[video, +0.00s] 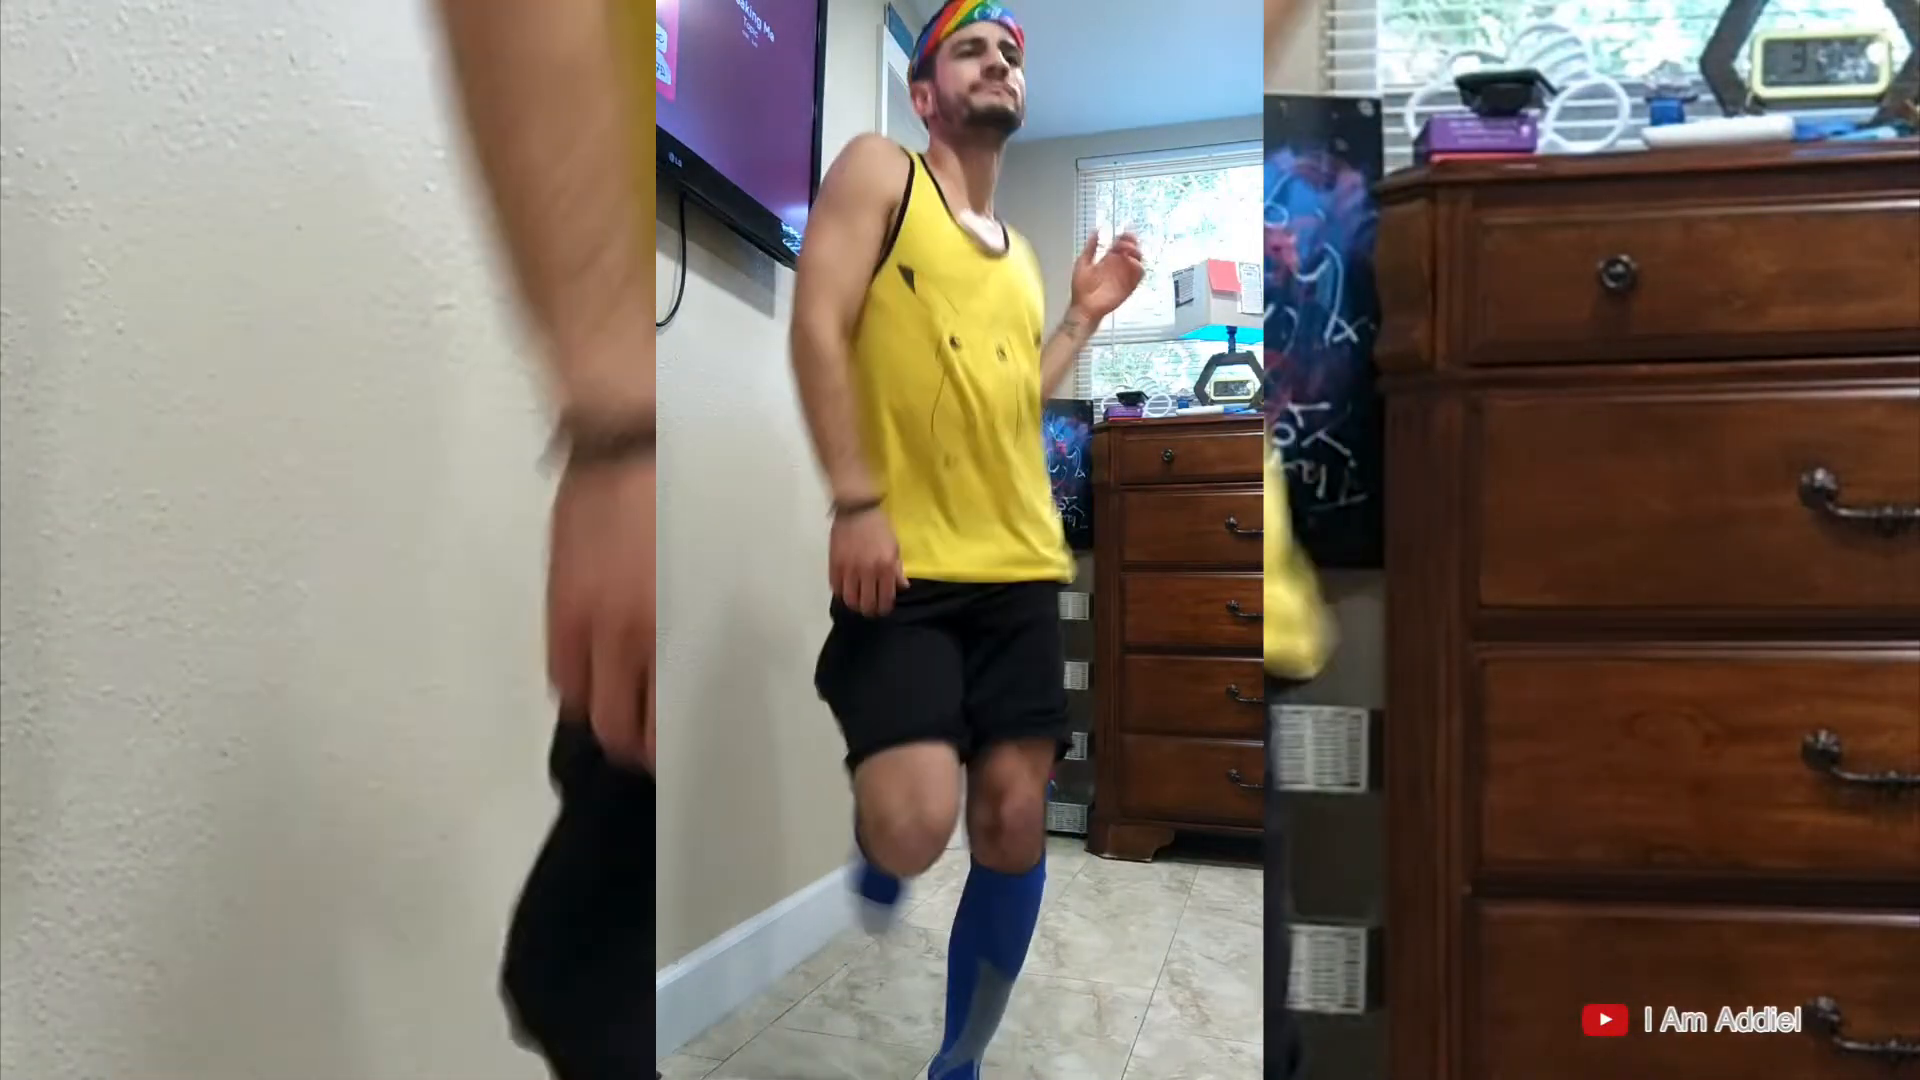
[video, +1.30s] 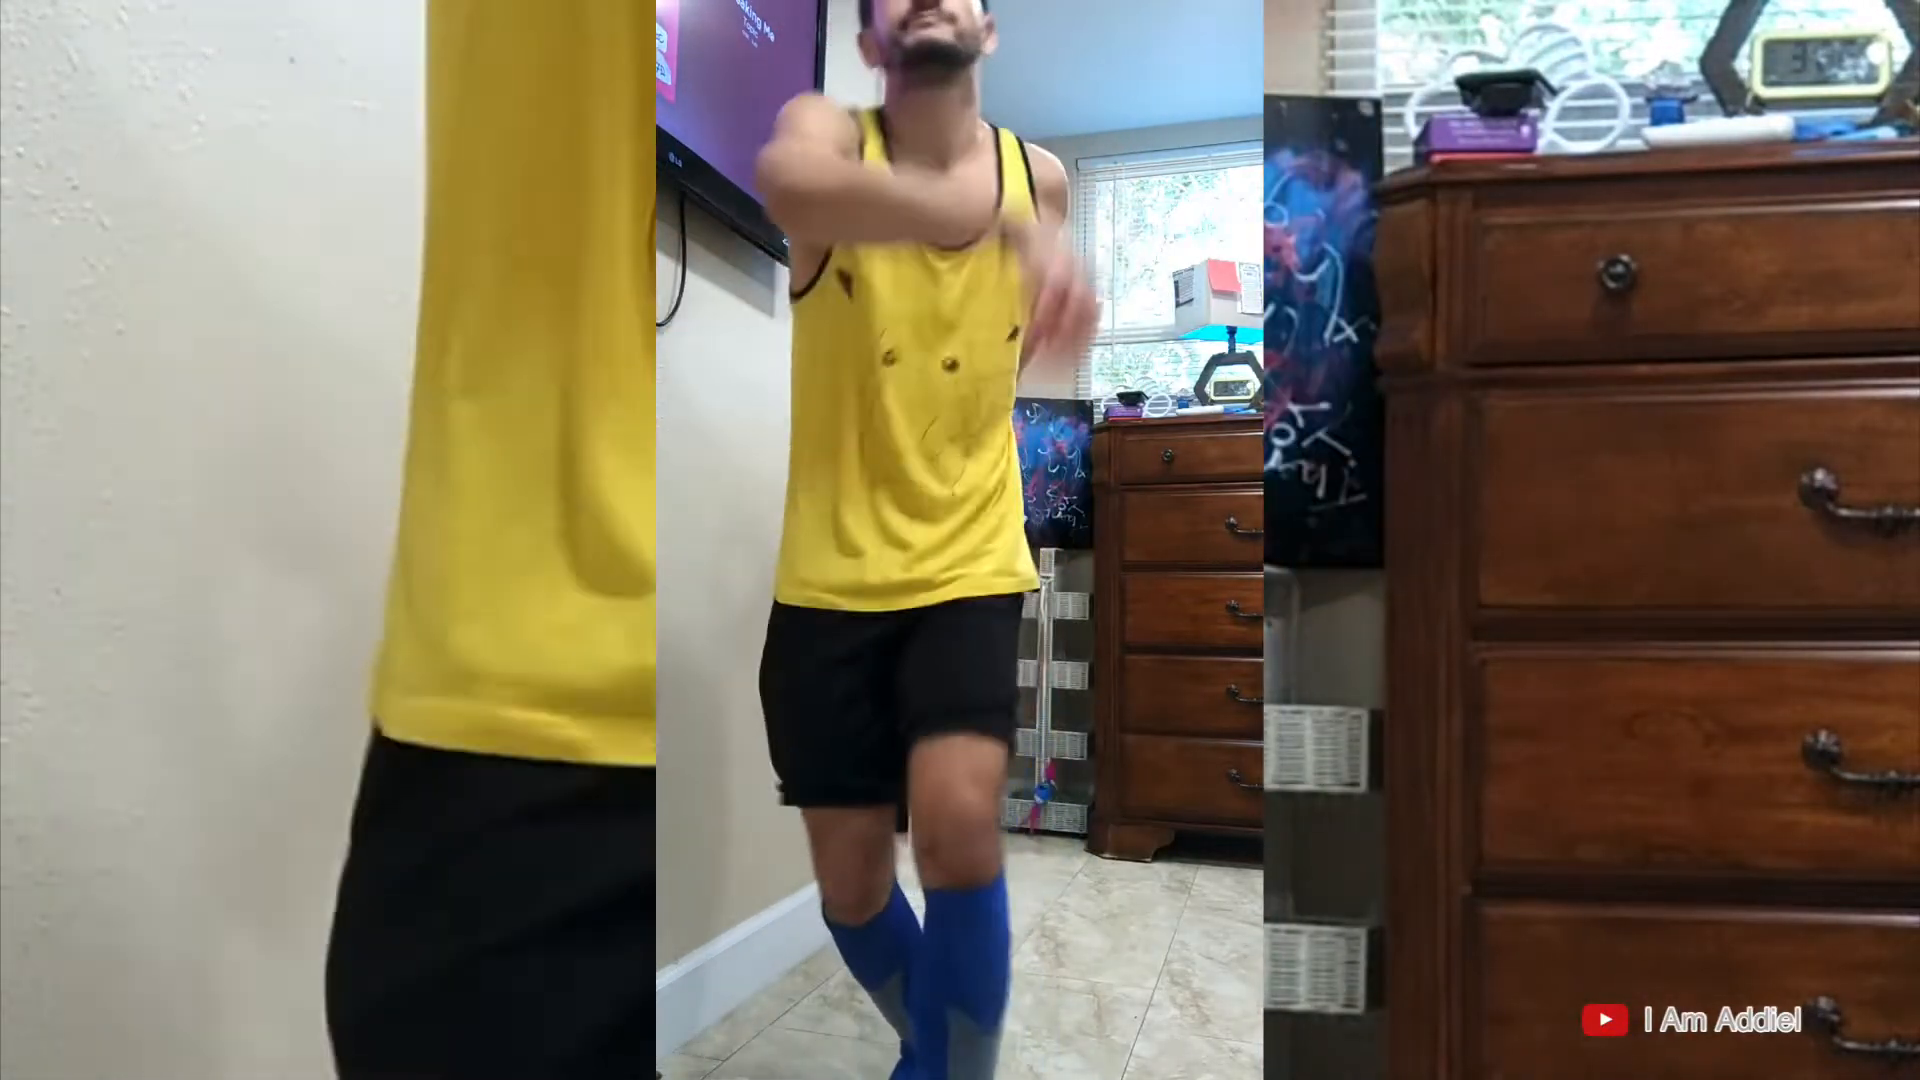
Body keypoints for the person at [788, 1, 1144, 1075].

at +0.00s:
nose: (1000, 67)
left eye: (1011, 55)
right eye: (973, 54)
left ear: (1023, 92)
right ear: (925, 90)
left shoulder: (1015, 251)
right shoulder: (878, 170)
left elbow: (1021, 398)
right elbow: (815, 328)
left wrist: (1082, 317)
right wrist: (855, 503)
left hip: (1020, 566)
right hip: (902, 561)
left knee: (1016, 820)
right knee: (915, 828)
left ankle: (958, 1065)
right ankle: (887, 845)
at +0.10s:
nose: (993, 23)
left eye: (1001, 14)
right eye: (965, 14)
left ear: (1017, 54)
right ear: (916, 59)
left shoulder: (1020, 226)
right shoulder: (866, 149)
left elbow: (1031, 383)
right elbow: (794, 313)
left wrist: (1098, 276)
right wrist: (811, 492)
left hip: (997, 543)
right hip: (876, 526)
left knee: (992, 797)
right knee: (906, 759)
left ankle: (957, 1061)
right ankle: (860, 964)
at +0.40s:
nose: (930, 7)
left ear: (960, 31)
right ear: (853, 29)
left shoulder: (995, 193)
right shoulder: (795, 158)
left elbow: (1054, 347)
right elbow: (738, 322)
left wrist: (1070, 191)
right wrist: (751, 403)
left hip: (961, 532)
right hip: (826, 519)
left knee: (970, 828)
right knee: (829, 804)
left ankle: (869, 997)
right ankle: (822, 1064)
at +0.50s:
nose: (906, 12)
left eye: (921, 5)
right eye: (879, 2)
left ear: (939, 41)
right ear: (831, 33)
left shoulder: (980, 200)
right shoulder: (774, 177)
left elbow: (1039, 363)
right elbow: (718, 368)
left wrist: (1052, 204)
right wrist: (750, 282)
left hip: (964, 548)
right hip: (814, 551)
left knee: (1022, 809)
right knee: (816, 826)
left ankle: (910, 818)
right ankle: (817, 1074)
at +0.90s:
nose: (875, 20)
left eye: (892, 5)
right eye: (847, 5)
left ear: (915, 30)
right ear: (805, 36)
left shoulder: (986, 161)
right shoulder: (780, 203)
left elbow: (1084, 299)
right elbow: (736, 351)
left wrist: (1066, 371)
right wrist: (801, 194)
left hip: (970, 507)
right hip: (837, 534)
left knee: (954, 766)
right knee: (837, 855)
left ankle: (971, 845)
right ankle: (921, 1037)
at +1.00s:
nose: (881, 65)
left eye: (898, 42)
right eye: (855, 45)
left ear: (926, 62)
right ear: (822, 72)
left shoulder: (1000, 198)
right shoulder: (791, 222)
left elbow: (1047, 349)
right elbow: (759, 350)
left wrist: (1070, 459)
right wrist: (831, 196)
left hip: (969, 539)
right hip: (825, 557)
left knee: (939, 818)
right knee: (834, 864)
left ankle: (1002, 929)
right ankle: (927, 1043)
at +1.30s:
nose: (933, 5)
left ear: (989, 38)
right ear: (872, 39)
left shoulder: (1035, 175)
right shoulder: (826, 123)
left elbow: (1026, 307)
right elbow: (790, 187)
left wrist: (1061, 309)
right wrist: (1010, 224)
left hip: (971, 558)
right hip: (828, 566)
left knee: (960, 825)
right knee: (850, 892)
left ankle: (970, 1070)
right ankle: (926, 1046)